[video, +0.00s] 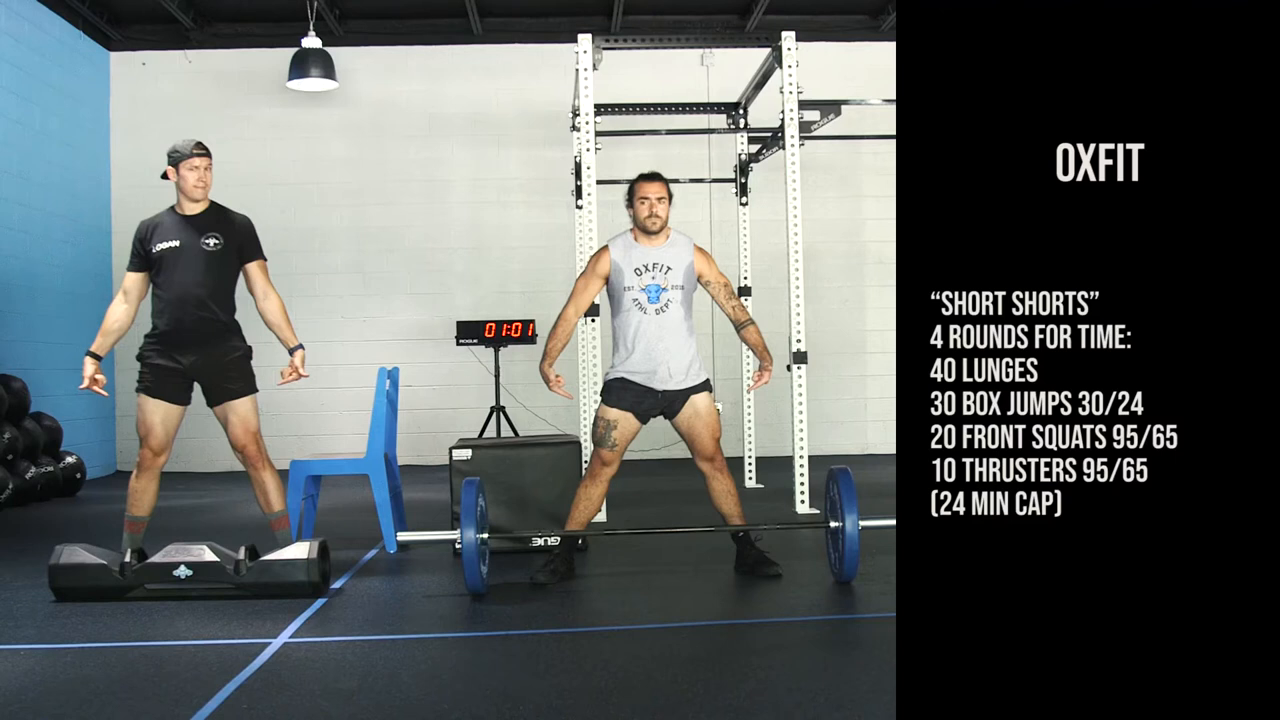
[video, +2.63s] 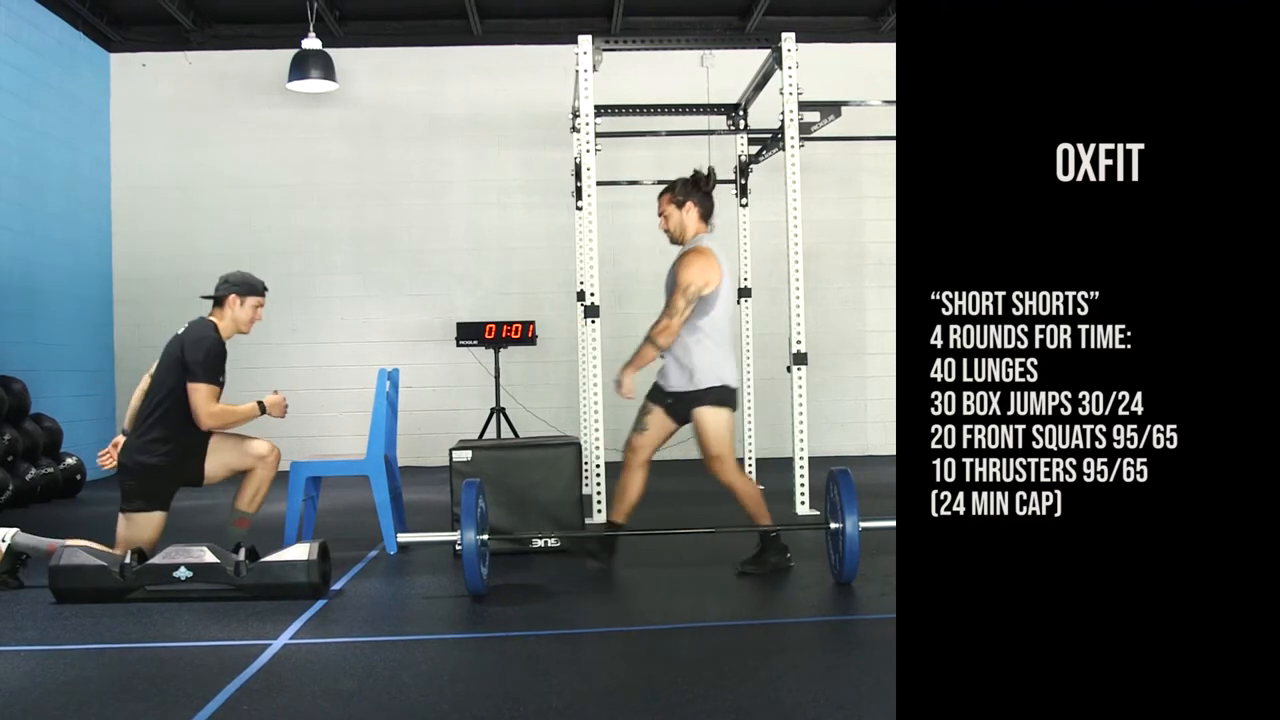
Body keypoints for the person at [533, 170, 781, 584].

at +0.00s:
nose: (653, 207)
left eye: (660, 200)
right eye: (644, 200)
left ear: (670, 206)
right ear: (631, 207)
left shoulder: (693, 256)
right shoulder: (609, 258)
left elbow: (734, 308)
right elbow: (572, 312)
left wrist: (764, 355)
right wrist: (547, 361)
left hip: (688, 381)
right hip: (629, 382)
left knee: (714, 460)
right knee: (602, 463)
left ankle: (747, 549)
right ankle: (565, 554)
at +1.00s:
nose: (609, 219)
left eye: (616, 210)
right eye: (609, 211)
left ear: (643, 209)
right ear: (633, 213)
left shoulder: (678, 257)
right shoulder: (625, 264)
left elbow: (720, 313)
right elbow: (622, 324)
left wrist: (714, 374)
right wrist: (591, 370)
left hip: (687, 387)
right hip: (635, 387)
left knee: (722, 457)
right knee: (597, 457)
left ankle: (769, 539)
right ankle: (579, 554)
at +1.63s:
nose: (647, 231)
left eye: (652, 222)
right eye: (646, 223)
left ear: (679, 219)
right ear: (672, 222)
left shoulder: (711, 268)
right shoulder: (665, 267)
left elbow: (706, 335)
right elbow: (674, 333)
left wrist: (657, 378)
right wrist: (651, 374)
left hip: (711, 389)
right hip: (666, 390)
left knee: (726, 474)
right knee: (624, 464)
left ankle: (770, 540)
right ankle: (583, 550)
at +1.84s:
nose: (673, 221)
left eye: (678, 212)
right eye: (673, 213)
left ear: (705, 210)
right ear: (701, 213)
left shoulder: (729, 260)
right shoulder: (701, 259)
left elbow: (704, 327)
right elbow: (705, 327)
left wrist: (651, 366)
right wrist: (676, 363)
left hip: (740, 380)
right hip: (699, 380)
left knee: (746, 463)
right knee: (655, 445)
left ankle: (773, 545)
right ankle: (638, 543)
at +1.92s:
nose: (677, 215)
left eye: (681, 206)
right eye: (676, 207)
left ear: (707, 203)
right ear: (703, 205)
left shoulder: (730, 252)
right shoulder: (707, 253)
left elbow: (713, 320)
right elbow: (710, 323)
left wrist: (668, 365)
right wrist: (674, 358)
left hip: (746, 374)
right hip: (708, 375)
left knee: (749, 459)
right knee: (664, 440)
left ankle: (774, 545)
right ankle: (679, 536)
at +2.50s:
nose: (673, 215)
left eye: (676, 206)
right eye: (672, 208)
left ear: (701, 201)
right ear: (700, 202)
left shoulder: (718, 247)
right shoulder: (707, 247)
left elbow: (706, 314)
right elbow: (711, 320)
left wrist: (676, 366)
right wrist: (679, 354)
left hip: (731, 374)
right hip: (704, 375)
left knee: (750, 455)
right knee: (666, 441)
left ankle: (777, 544)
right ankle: (675, 536)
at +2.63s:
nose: (661, 224)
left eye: (664, 215)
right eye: (660, 216)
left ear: (689, 210)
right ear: (692, 212)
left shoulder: (697, 261)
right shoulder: (695, 258)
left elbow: (669, 325)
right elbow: (679, 326)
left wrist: (631, 368)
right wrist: (643, 362)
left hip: (708, 383)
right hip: (675, 382)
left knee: (723, 465)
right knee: (636, 450)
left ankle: (773, 543)